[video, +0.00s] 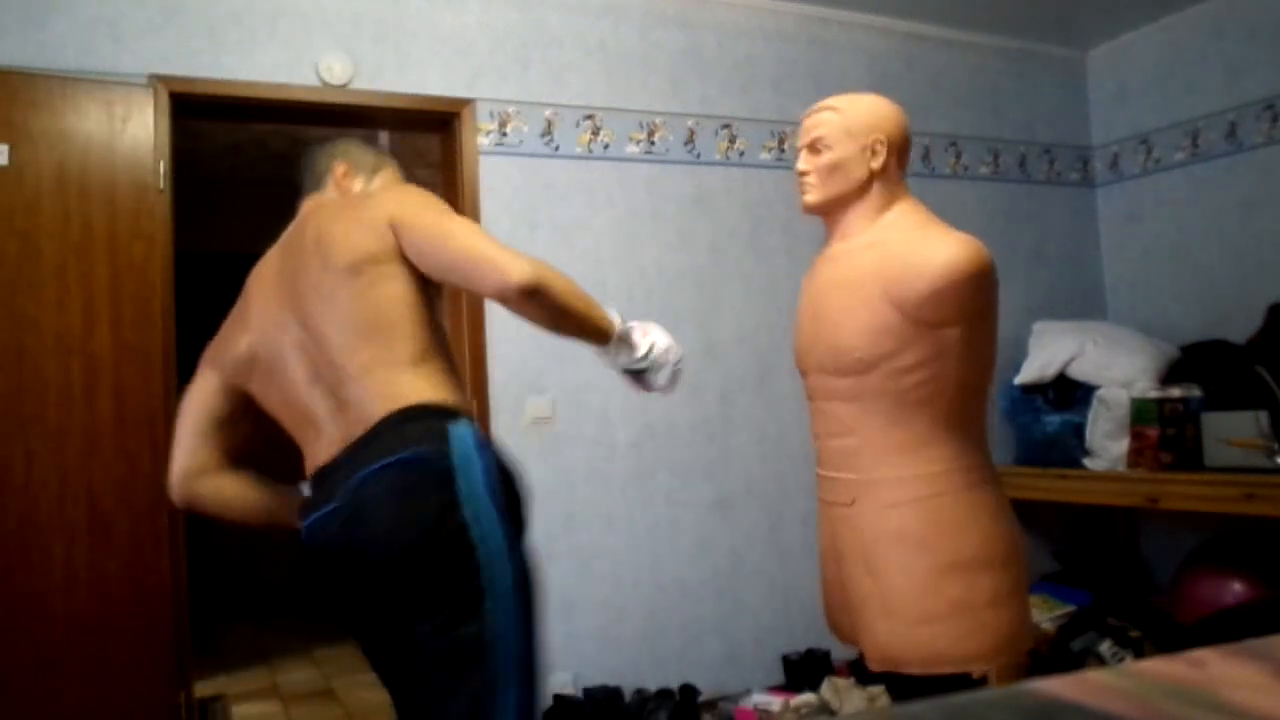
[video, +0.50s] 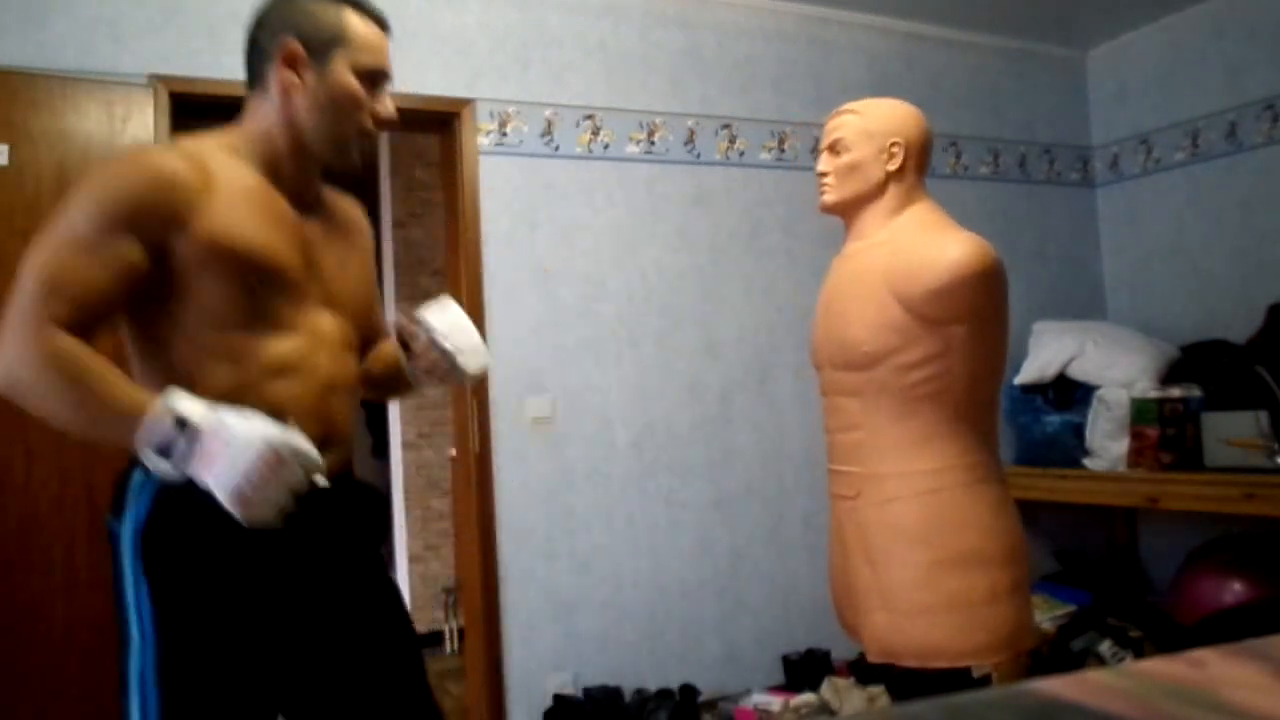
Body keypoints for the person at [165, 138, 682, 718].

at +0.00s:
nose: (395, 207)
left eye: (396, 196)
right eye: (391, 194)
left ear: (324, 184)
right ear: (345, 178)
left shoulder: (239, 321)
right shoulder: (378, 204)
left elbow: (191, 477)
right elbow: (518, 280)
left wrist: (314, 504)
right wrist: (619, 339)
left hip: (335, 517)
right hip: (429, 467)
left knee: (424, 703)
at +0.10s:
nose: (420, 186)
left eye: (421, 172)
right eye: (414, 169)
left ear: (354, 157)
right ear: (362, 153)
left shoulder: (263, 277)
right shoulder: (380, 200)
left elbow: (195, 440)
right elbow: (484, 322)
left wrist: (312, 472)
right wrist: (569, 359)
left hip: (311, 502)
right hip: (381, 490)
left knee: (442, 696)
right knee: (408, 702)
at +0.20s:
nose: (431, 186)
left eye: (432, 167)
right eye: (421, 160)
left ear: (359, 146)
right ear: (362, 144)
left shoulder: (288, 225)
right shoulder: (343, 218)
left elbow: (241, 420)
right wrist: (490, 415)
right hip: (333, 525)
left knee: (449, 710)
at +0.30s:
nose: (425, 193)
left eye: (425, 172)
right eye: (411, 165)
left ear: (347, 159)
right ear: (344, 155)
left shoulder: (309, 269)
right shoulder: (266, 264)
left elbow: (325, 432)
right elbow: (244, 467)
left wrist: (421, 450)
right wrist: (403, 509)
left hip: (323, 576)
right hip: (261, 584)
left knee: (461, 708)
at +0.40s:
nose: (406, 168)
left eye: (406, 146)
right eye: (391, 141)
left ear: (322, 134)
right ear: (318, 132)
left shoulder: (341, 270)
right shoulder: (206, 242)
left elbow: (356, 400)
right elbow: (97, 431)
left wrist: (439, 411)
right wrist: (280, 516)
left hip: (332, 584)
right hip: (224, 589)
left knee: (445, 712)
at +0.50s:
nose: (388, 109)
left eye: (387, 87)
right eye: (369, 81)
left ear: (296, 72)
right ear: (293, 71)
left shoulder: (350, 218)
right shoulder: (162, 183)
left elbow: (352, 368)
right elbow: (28, 344)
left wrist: (411, 358)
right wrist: (186, 435)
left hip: (334, 524)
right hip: (202, 532)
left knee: (394, 714)